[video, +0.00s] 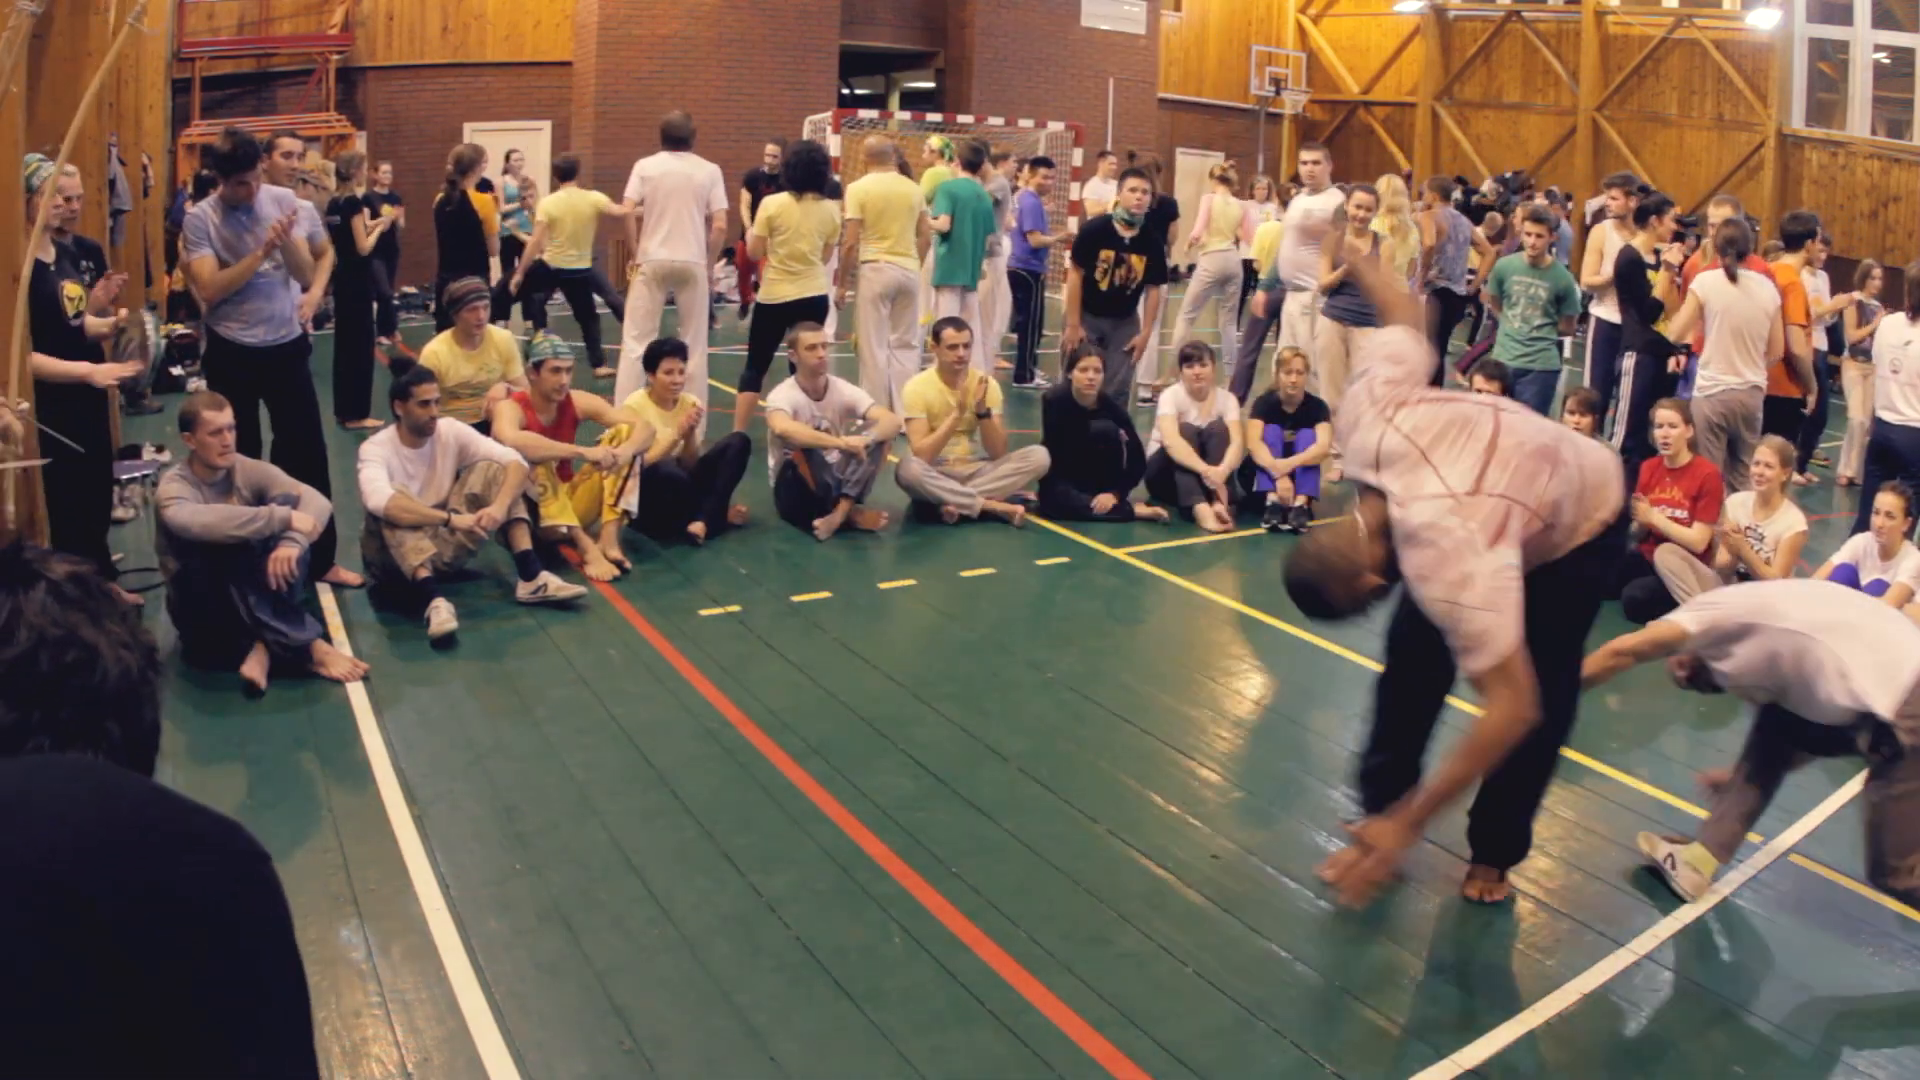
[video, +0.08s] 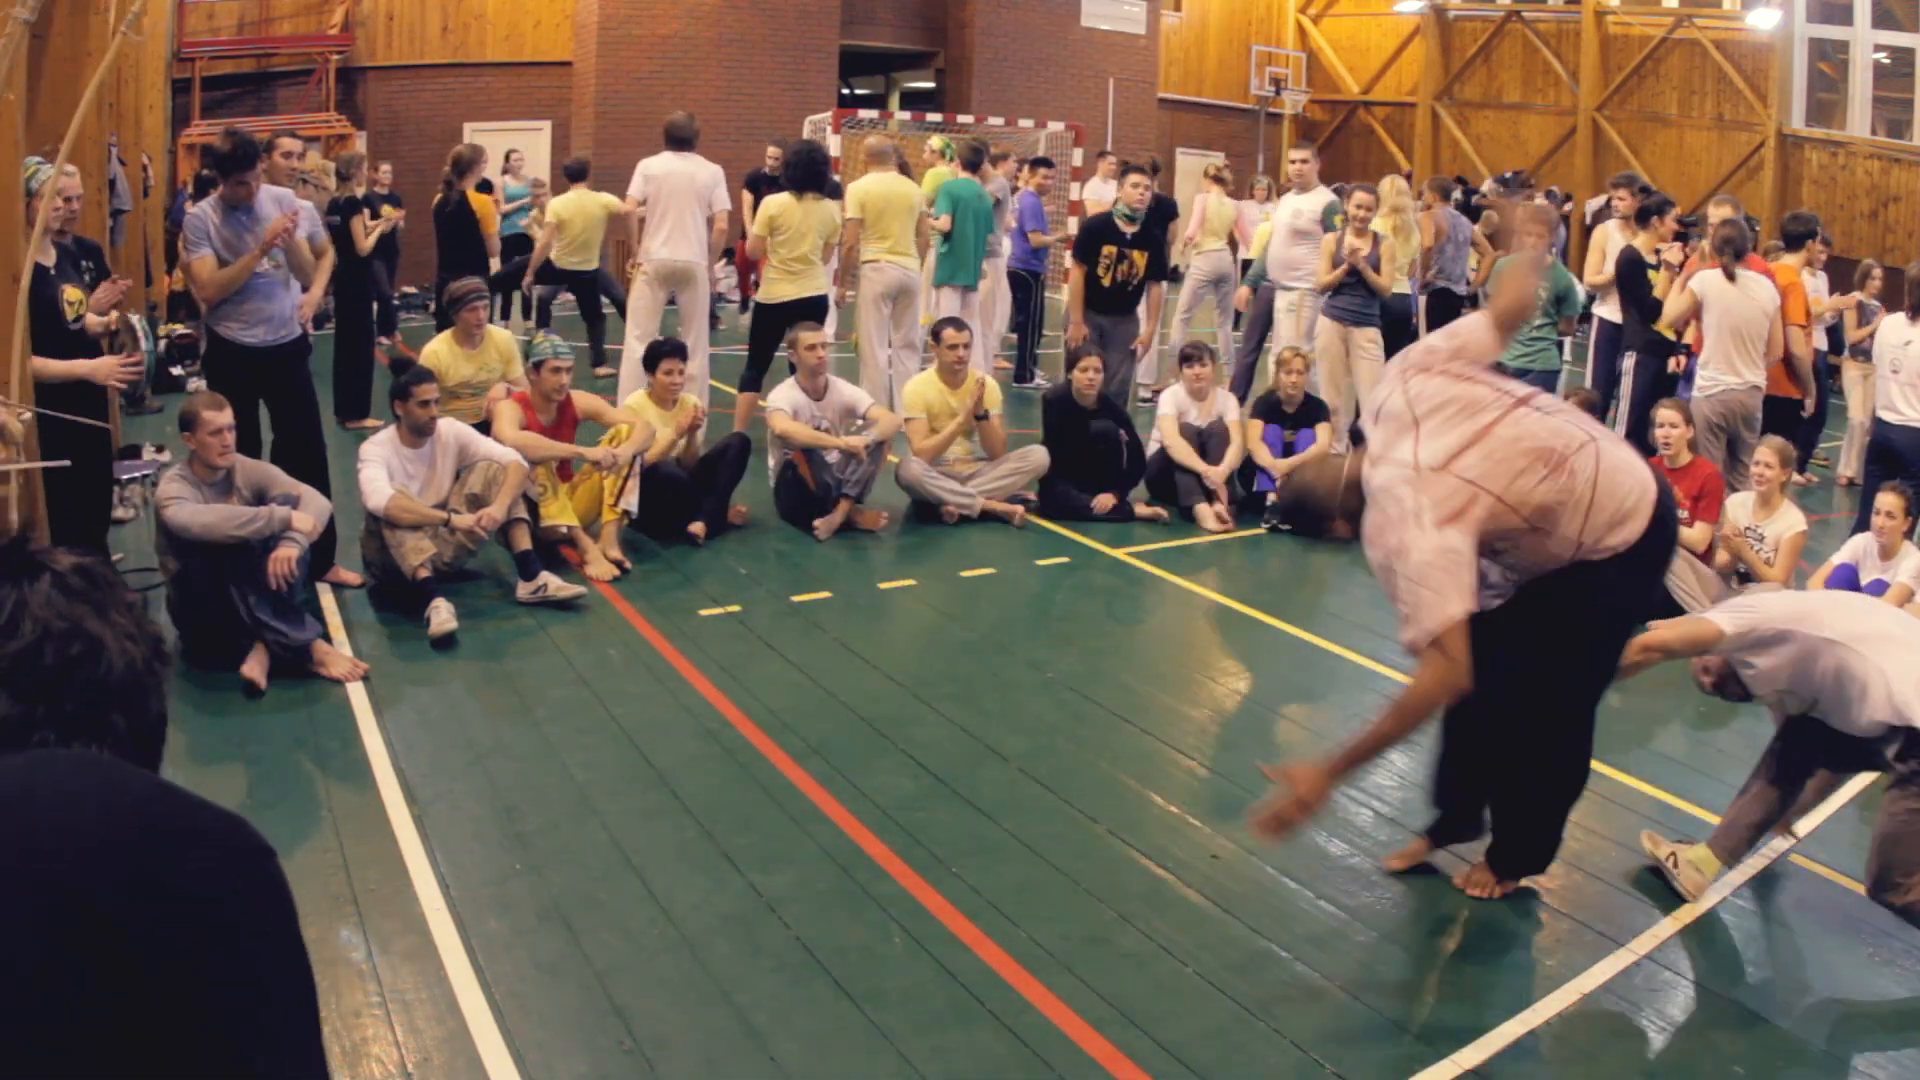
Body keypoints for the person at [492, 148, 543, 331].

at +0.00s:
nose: (519, 163)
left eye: (521, 159)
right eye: (515, 160)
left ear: (524, 162)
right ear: (508, 163)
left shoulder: (529, 182)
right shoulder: (502, 182)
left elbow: (535, 204)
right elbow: (501, 208)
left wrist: (529, 202)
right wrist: (520, 204)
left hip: (528, 230)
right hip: (508, 231)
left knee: (528, 274)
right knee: (508, 275)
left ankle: (530, 318)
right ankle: (504, 317)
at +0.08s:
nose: (519, 163)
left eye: (521, 160)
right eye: (515, 160)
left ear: (524, 162)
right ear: (507, 163)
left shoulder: (530, 182)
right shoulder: (502, 182)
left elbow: (540, 201)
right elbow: (502, 208)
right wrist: (525, 201)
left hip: (529, 230)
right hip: (509, 231)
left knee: (528, 275)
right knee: (507, 276)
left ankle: (528, 319)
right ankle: (505, 319)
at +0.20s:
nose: (518, 163)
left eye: (520, 160)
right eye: (514, 160)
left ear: (523, 162)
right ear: (506, 163)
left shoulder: (529, 182)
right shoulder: (501, 183)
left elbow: (533, 207)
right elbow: (498, 208)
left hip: (526, 233)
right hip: (508, 233)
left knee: (526, 280)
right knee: (507, 281)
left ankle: (528, 318)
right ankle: (505, 319)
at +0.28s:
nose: (518, 163)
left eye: (520, 160)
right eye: (514, 160)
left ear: (523, 162)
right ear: (506, 163)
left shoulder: (529, 182)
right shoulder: (501, 183)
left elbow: (533, 206)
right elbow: (497, 207)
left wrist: (538, 212)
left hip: (526, 231)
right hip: (508, 231)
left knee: (526, 278)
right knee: (507, 279)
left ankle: (528, 318)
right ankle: (505, 318)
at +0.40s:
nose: (518, 163)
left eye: (519, 160)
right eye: (514, 160)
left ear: (522, 162)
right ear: (506, 163)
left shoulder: (529, 182)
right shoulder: (500, 183)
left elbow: (534, 203)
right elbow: (497, 208)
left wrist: (536, 207)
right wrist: (521, 205)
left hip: (526, 230)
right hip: (508, 231)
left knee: (526, 276)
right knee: (507, 278)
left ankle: (527, 318)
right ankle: (505, 319)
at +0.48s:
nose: (517, 163)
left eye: (519, 160)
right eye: (513, 160)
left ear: (522, 162)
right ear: (505, 164)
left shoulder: (528, 182)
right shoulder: (500, 183)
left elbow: (532, 204)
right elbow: (499, 210)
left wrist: (535, 205)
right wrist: (524, 205)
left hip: (526, 230)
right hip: (508, 231)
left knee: (527, 278)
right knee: (507, 278)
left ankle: (527, 318)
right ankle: (504, 319)